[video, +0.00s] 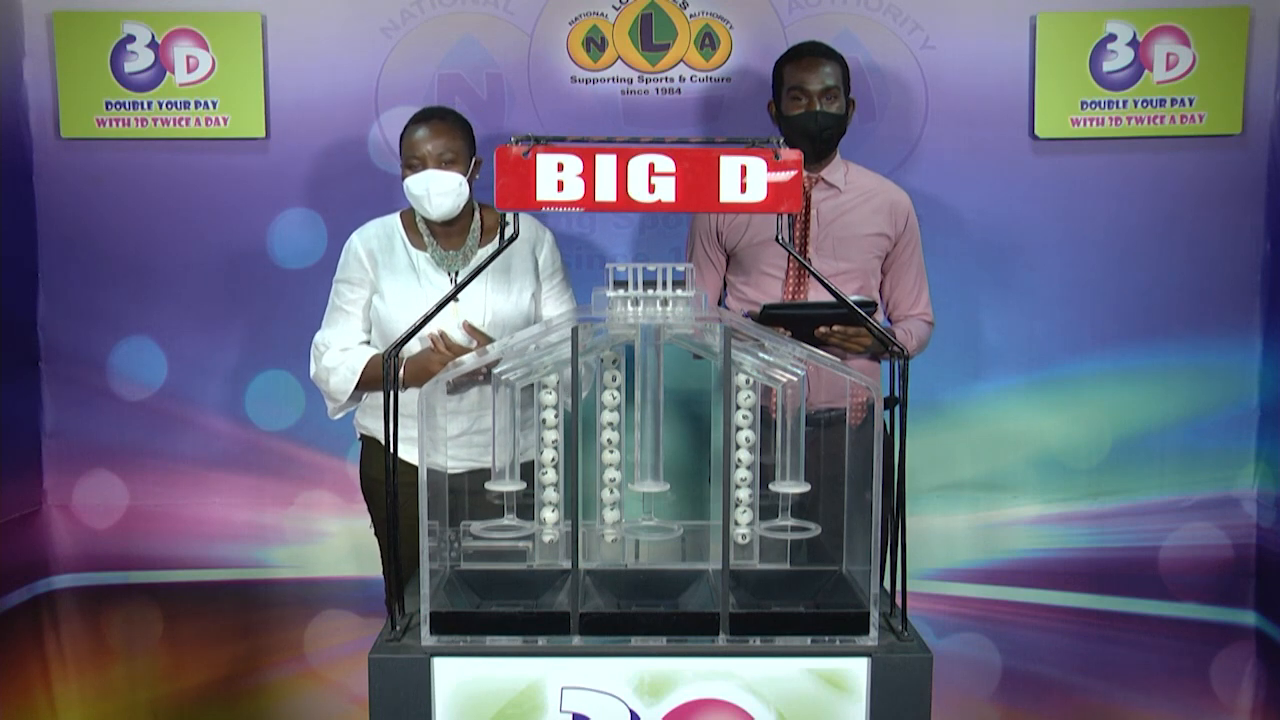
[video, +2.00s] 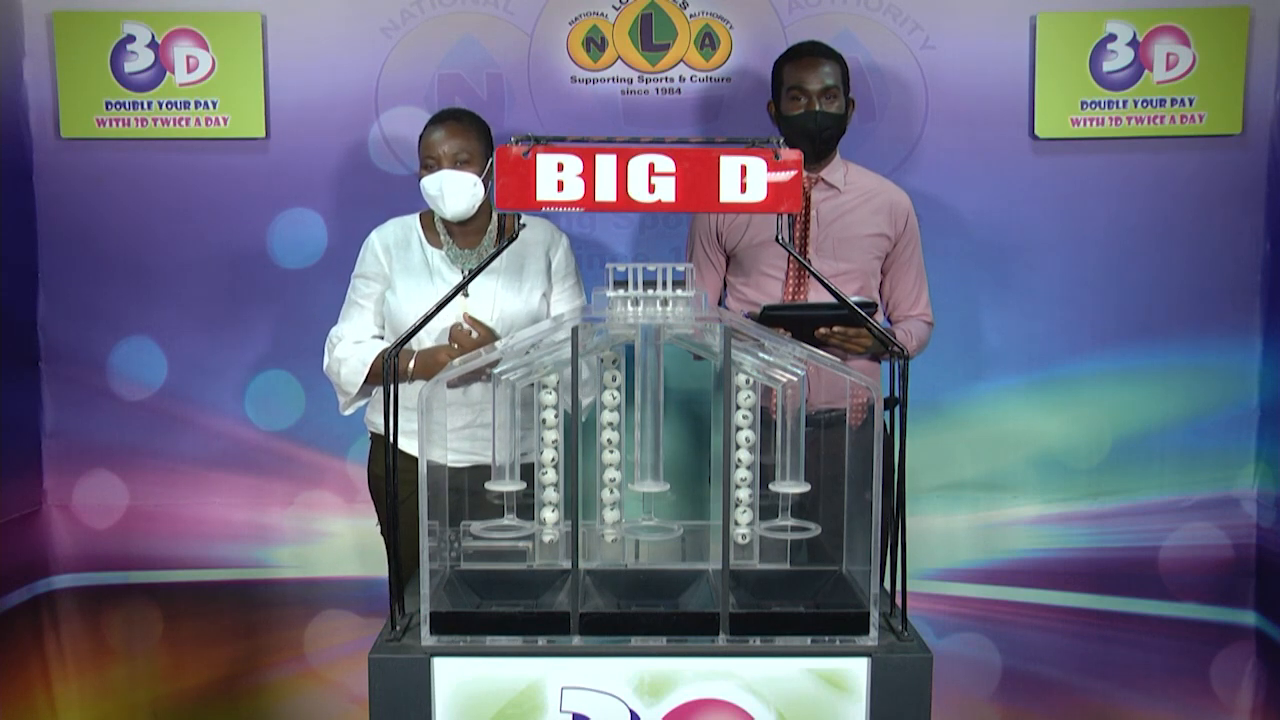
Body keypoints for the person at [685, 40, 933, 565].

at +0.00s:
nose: (814, 109)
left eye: (830, 95)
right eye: (797, 96)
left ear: (849, 108)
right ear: (775, 109)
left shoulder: (888, 204)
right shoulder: (727, 200)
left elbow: (915, 321)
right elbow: (694, 317)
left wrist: (876, 341)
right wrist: (758, 335)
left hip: (843, 417)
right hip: (750, 418)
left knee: (843, 581)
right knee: (752, 580)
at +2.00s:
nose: (814, 109)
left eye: (829, 95)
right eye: (796, 96)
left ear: (848, 107)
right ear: (774, 109)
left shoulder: (888, 205)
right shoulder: (727, 202)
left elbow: (915, 321)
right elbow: (695, 320)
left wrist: (877, 342)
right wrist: (757, 339)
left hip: (843, 418)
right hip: (751, 419)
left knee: (844, 582)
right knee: (752, 581)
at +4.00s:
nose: (813, 108)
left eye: (828, 94)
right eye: (796, 95)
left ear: (848, 108)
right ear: (774, 109)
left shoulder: (888, 204)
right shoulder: (726, 200)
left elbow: (914, 320)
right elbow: (696, 318)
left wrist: (876, 342)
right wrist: (760, 340)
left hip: (843, 416)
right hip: (751, 416)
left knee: (844, 581)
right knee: (753, 579)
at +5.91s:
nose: (813, 107)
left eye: (829, 94)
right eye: (796, 95)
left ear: (848, 108)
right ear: (774, 108)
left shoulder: (887, 205)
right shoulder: (726, 199)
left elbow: (914, 320)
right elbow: (696, 318)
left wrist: (876, 341)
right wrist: (761, 337)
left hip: (843, 417)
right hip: (752, 417)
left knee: (844, 580)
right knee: (754, 579)